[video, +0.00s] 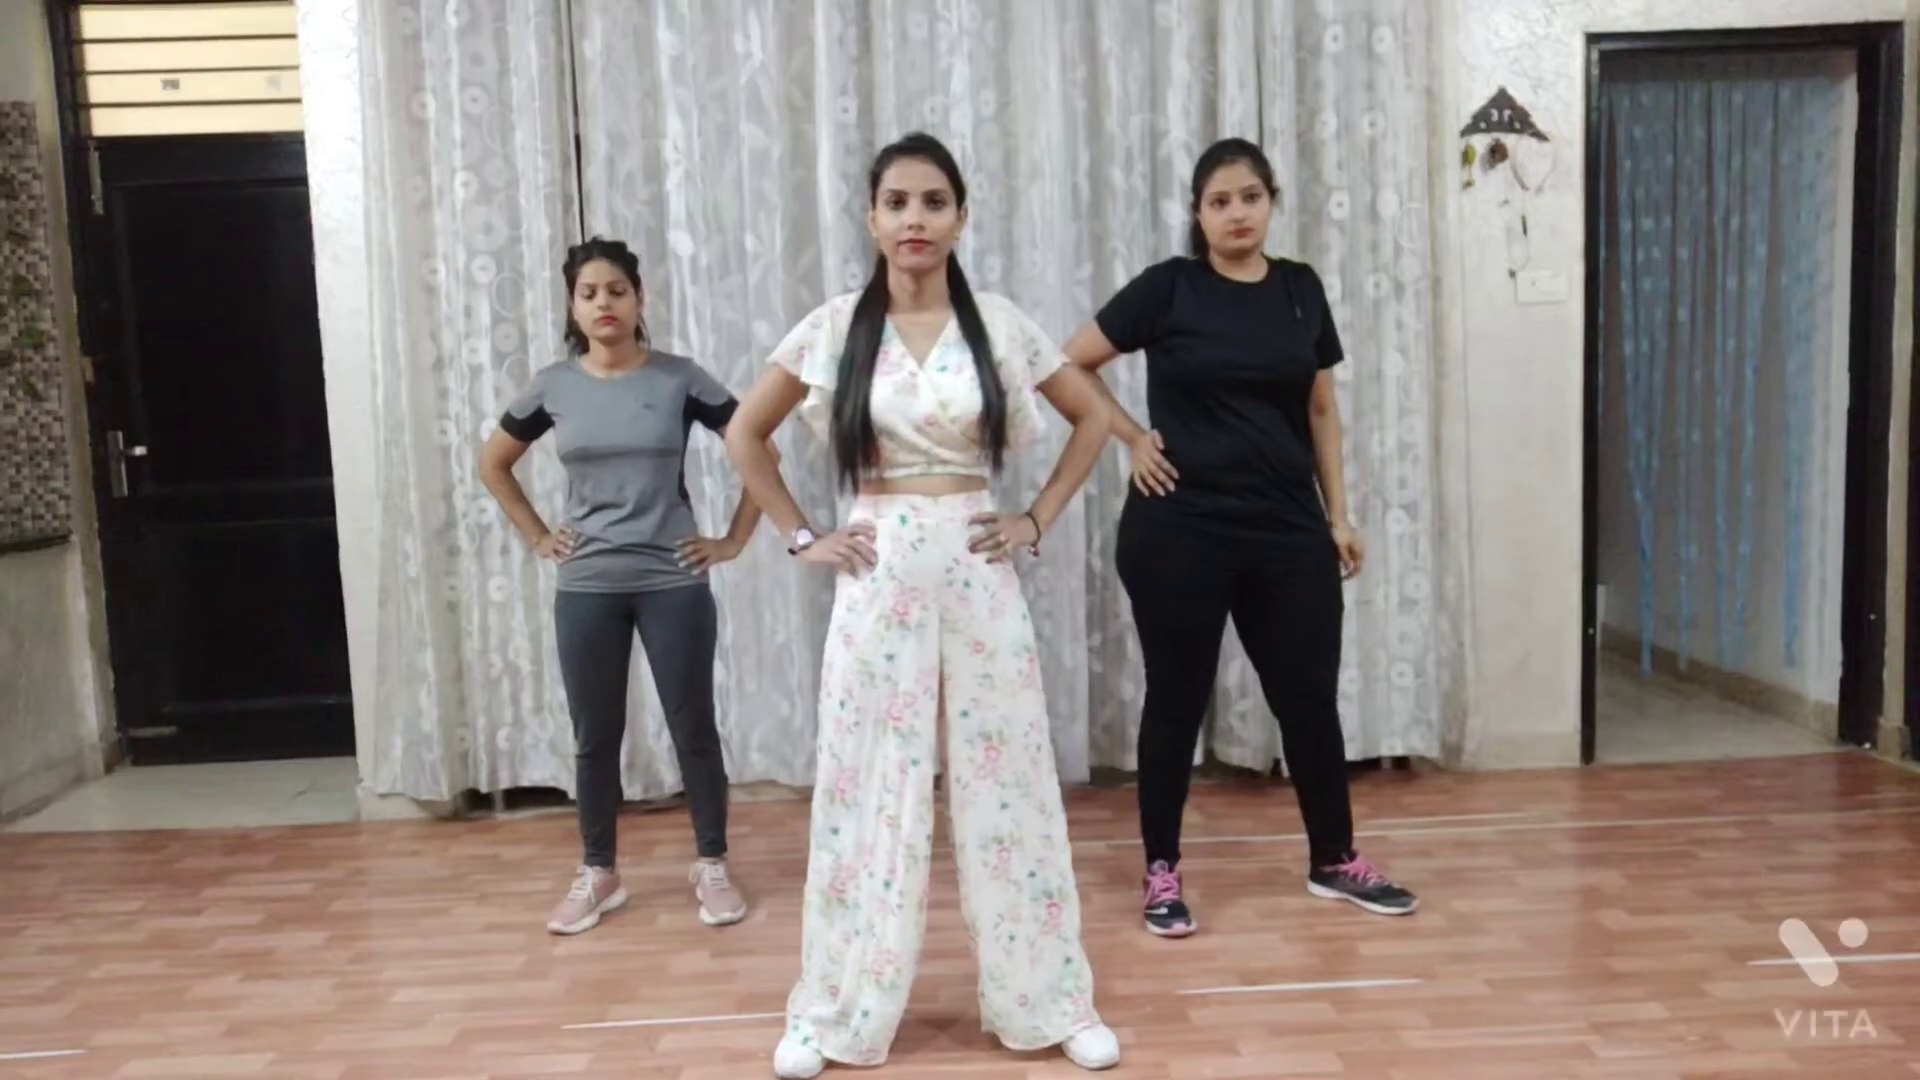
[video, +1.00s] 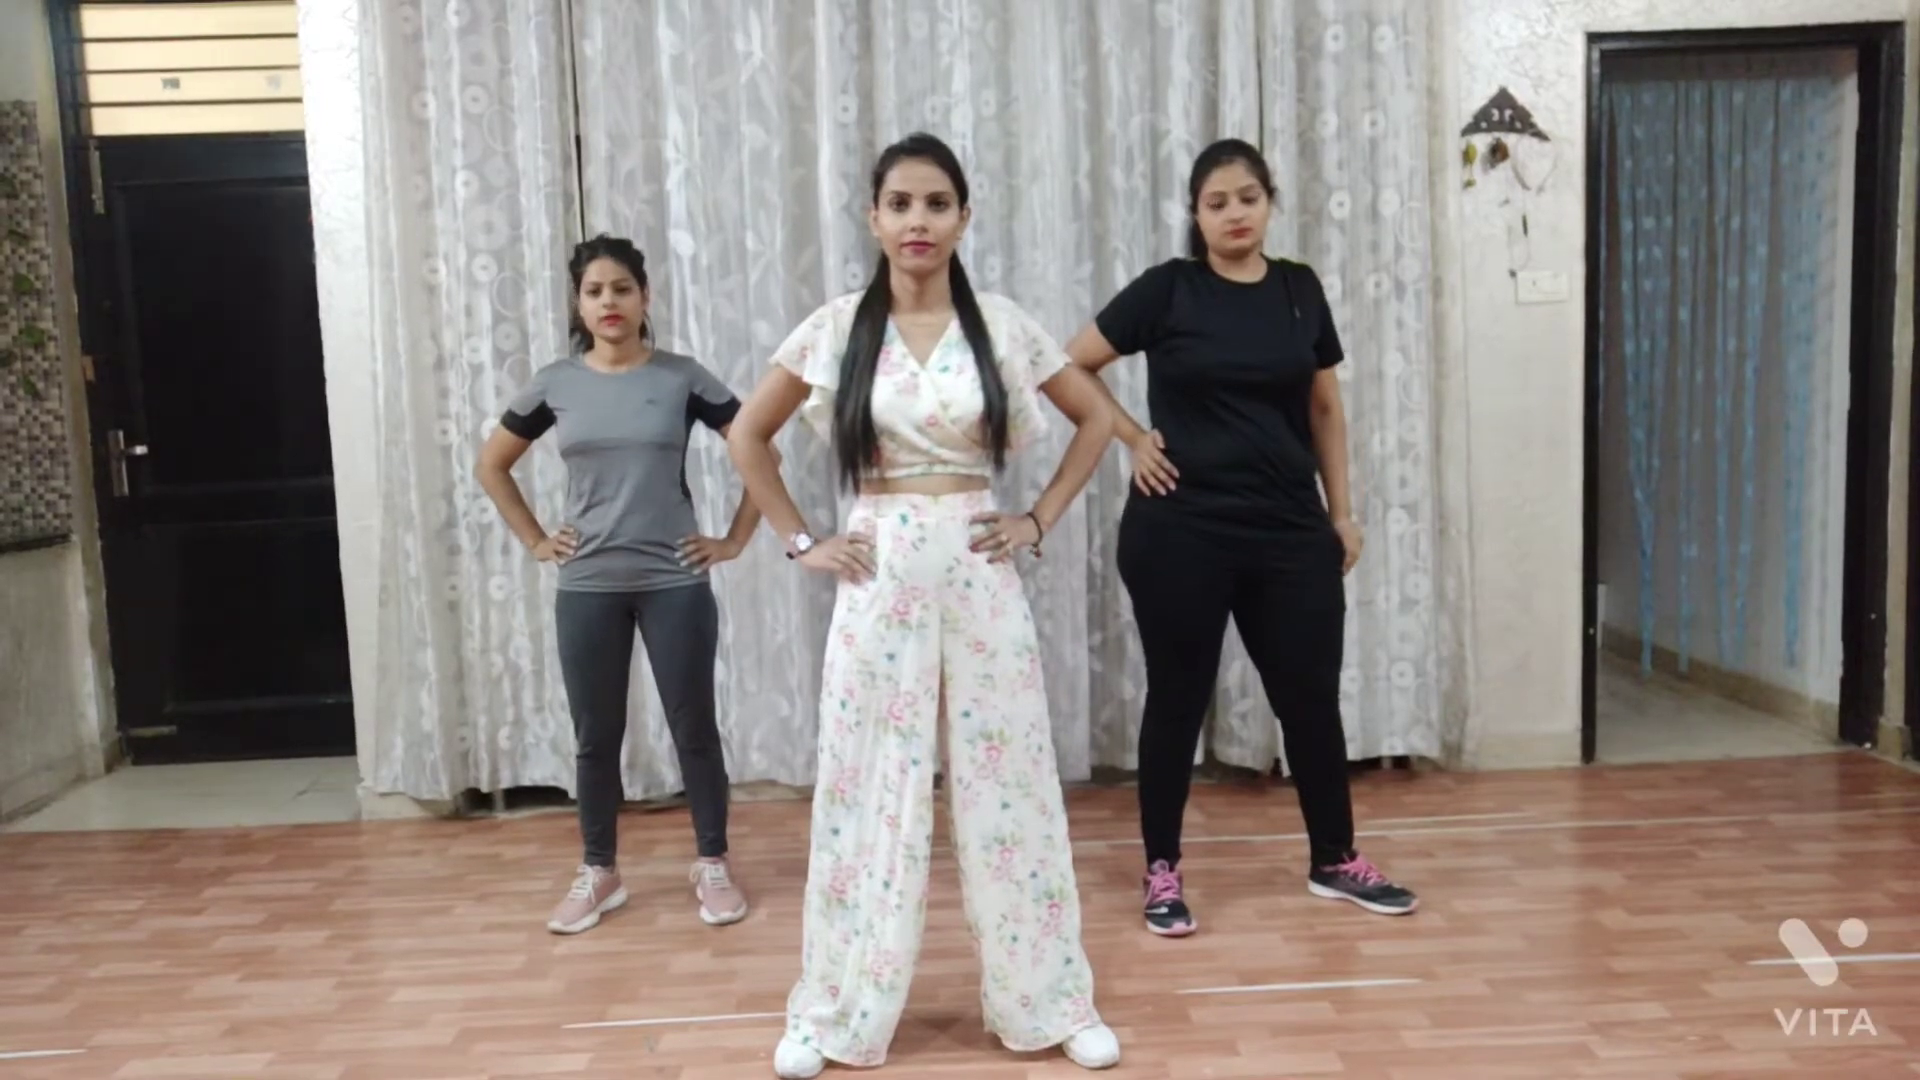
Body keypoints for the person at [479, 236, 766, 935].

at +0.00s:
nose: (604, 303)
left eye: (616, 290)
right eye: (590, 293)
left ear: (639, 299)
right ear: (572, 307)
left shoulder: (679, 379)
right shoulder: (554, 387)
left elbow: (761, 449)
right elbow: (492, 464)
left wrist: (734, 539)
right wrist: (538, 535)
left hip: (673, 574)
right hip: (588, 579)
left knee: (693, 728)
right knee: (595, 737)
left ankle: (712, 867)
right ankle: (598, 874)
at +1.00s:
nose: (609, 302)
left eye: (621, 289)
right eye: (595, 291)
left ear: (644, 297)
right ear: (577, 304)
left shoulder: (682, 377)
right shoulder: (555, 385)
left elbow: (761, 449)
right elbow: (491, 464)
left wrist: (735, 539)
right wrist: (536, 538)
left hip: (675, 575)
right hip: (589, 581)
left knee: (694, 728)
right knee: (595, 738)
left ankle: (712, 866)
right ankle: (598, 872)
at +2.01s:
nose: (615, 304)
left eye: (627, 292)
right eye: (602, 293)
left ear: (649, 300)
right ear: (584, 305)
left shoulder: (686, 379)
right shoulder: (560, 386)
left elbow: (767, 453)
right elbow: (501, 469)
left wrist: (739, 539)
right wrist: (538, 551)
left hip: (677, 575)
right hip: (591, 580)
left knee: (696, 726)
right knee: (596, 736)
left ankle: (713, 866)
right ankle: (598, 872)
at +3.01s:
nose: (620, 306)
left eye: (632, 293)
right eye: (606, 295)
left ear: (651, 302)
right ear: (586, 305)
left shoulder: (685, 379)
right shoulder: (559, 386)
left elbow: (770, 456)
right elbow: (502, 469)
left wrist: (736, 539)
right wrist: (538, 551)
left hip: (676, 574)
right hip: (591, 580)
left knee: (695, 727)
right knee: (597, 736)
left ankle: (713, 866)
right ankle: (599, 872)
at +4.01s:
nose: (620, 300)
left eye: (633, 288)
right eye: (606, 289)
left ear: (654, 299)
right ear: (587, 301)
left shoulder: (688, 379)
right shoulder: (562, 383)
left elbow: (769, 456)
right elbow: (503, 465)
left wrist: (736, 539)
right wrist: (537, 547)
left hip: (675, 575)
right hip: (591, 579)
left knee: (695, 729)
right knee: (596, 736)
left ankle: (712, 866)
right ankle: (599, 871)